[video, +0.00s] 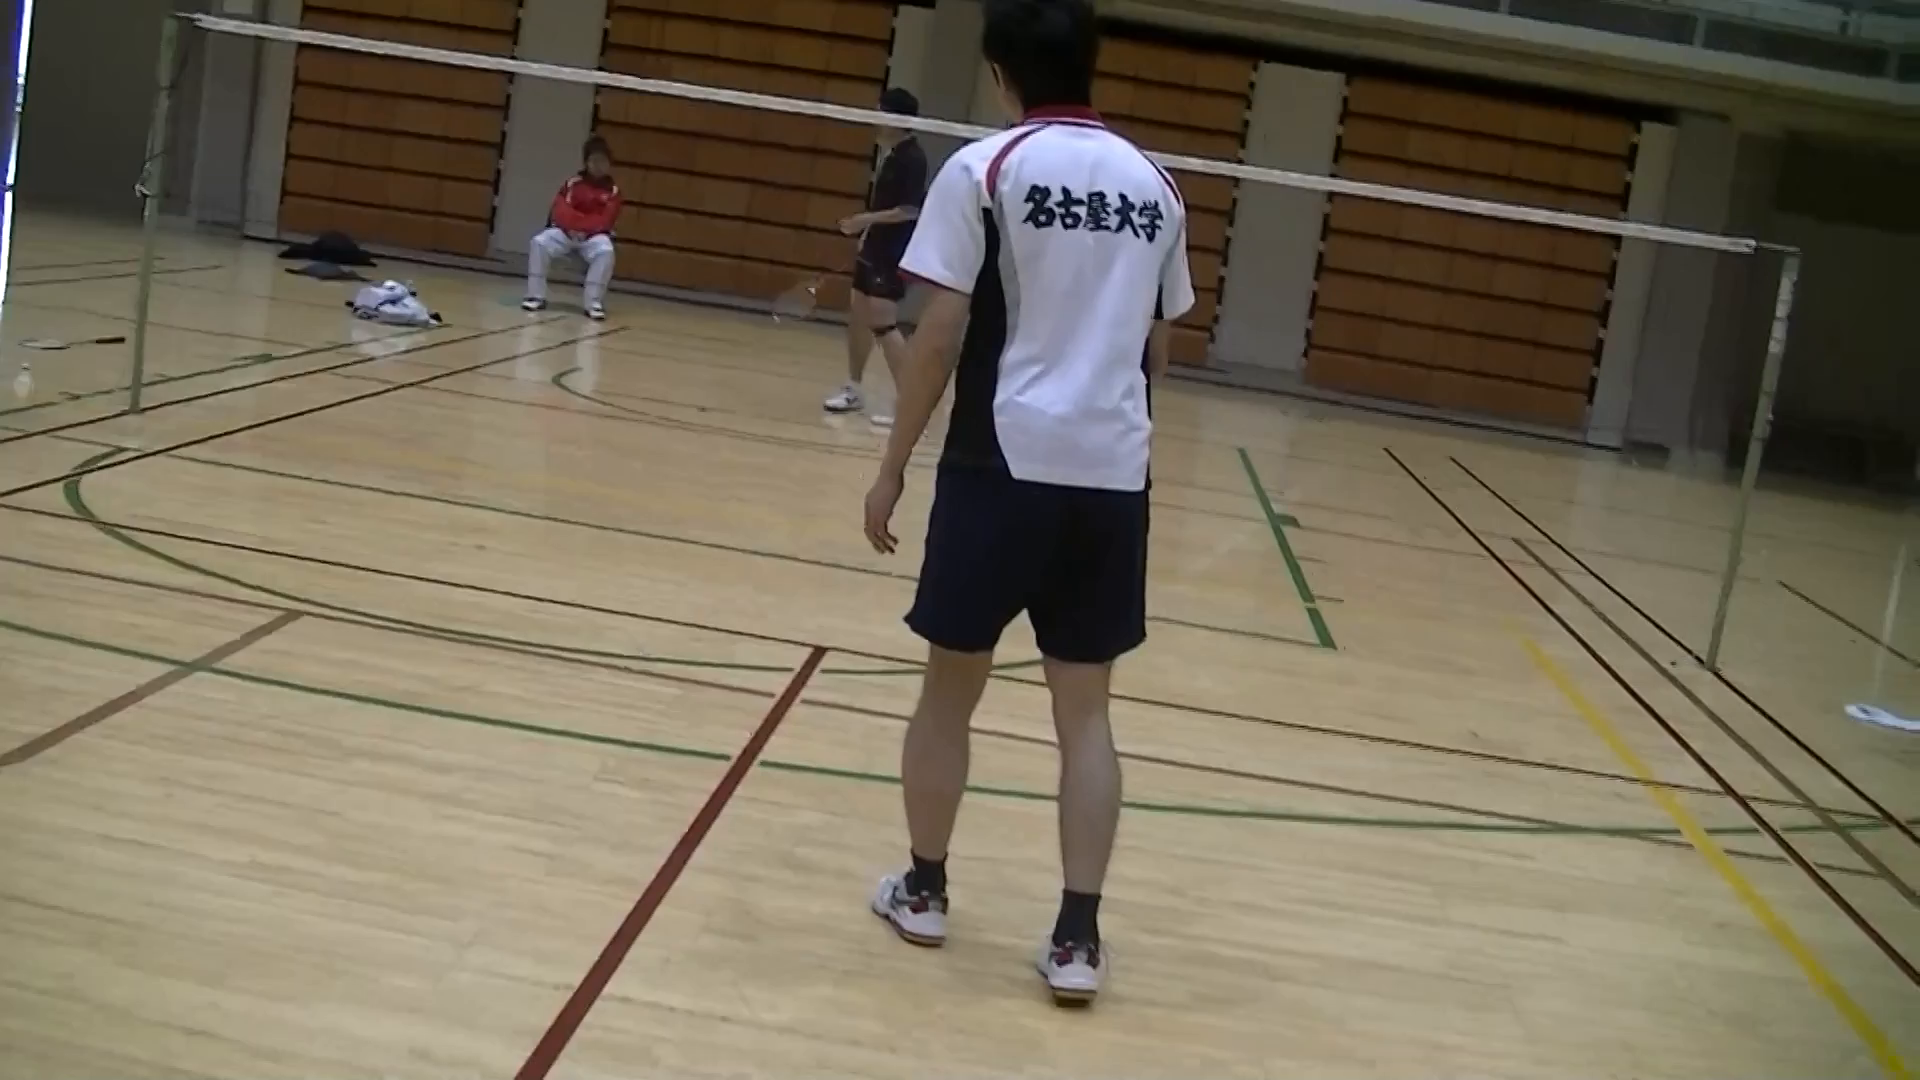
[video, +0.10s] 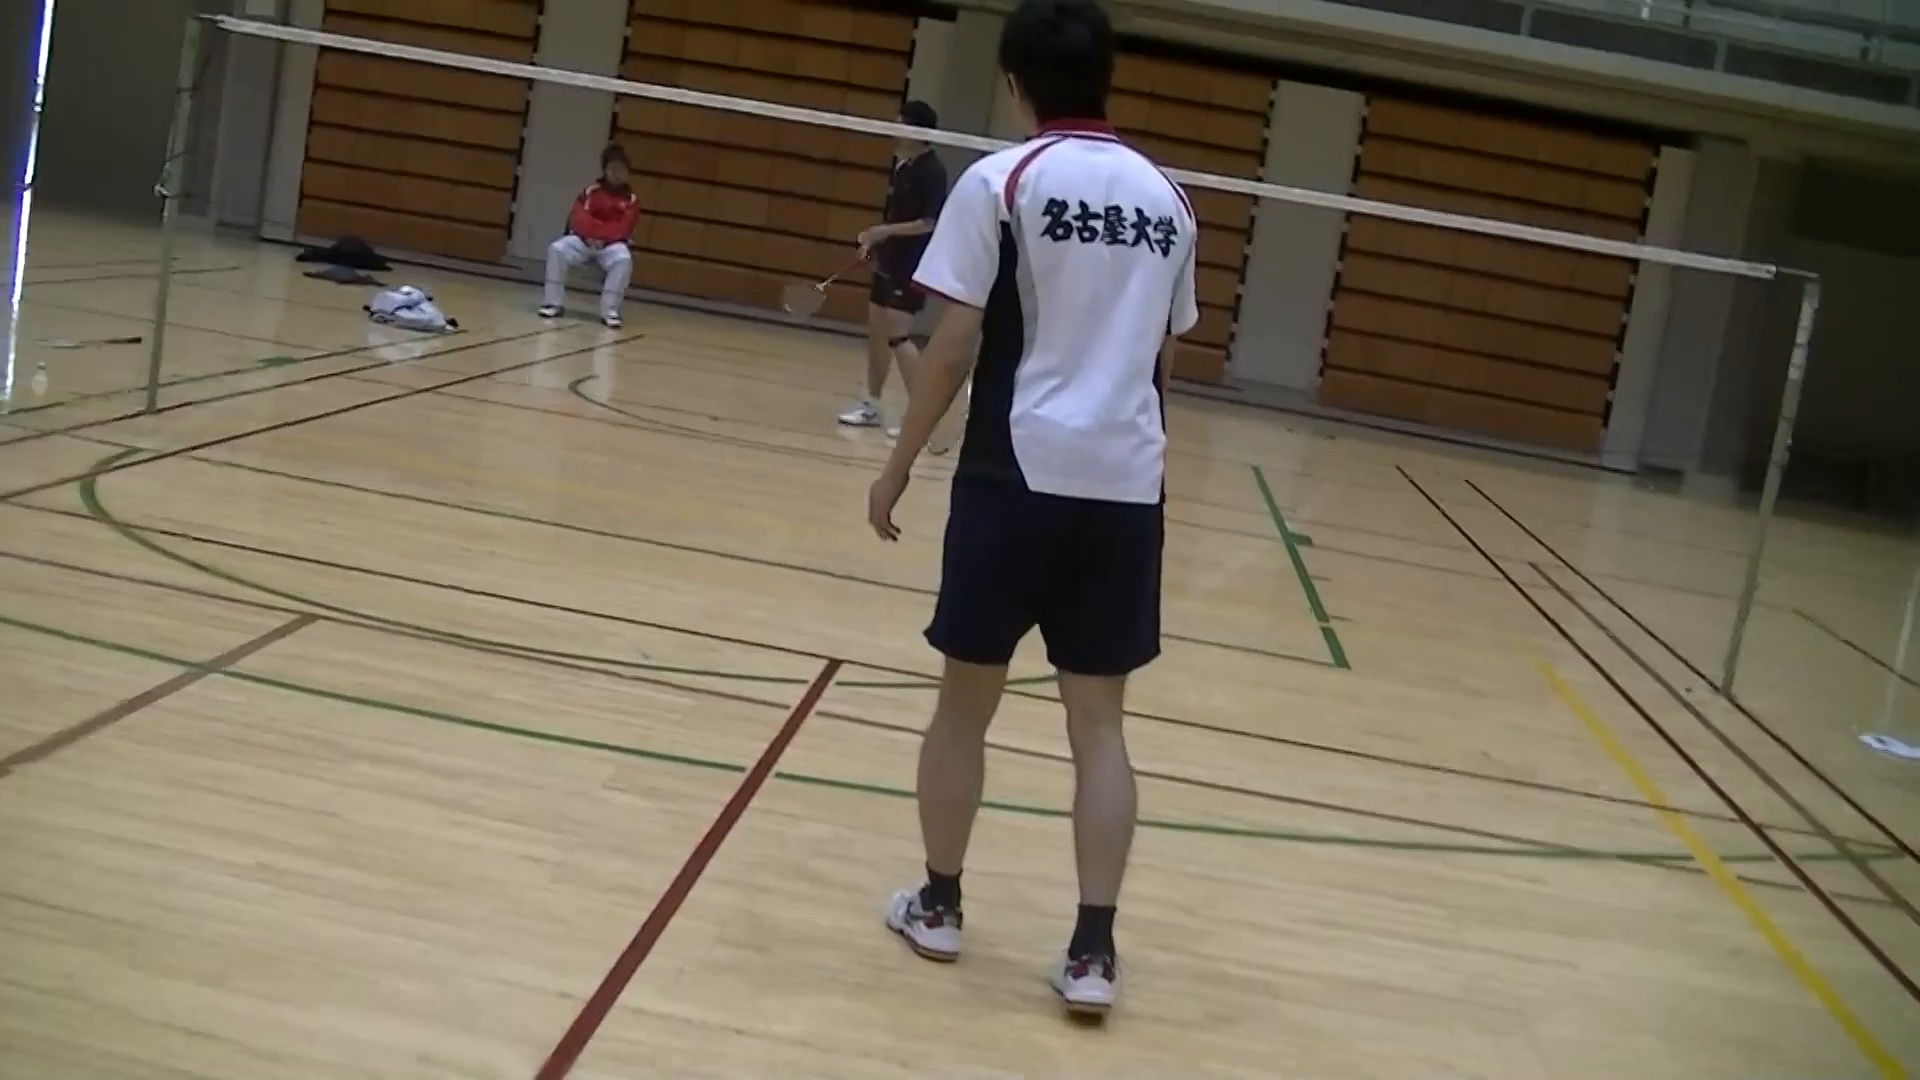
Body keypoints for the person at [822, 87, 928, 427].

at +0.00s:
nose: (876, 119)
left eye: (881, 114)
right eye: (878, 113)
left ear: (895, 120)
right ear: (898, 119)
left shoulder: (912, 157)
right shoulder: (888, 152)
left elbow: (911, 210)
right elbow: (882, 202)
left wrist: (866, 219)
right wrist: (866, 232)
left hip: (890, 252)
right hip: (871, 247)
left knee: (884, 324)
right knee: (858, 318)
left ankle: (908, 402)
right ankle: (853, 389)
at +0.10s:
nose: (896, 130)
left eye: (902, 126)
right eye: (897, 124)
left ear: (917, 133)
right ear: (904, 128)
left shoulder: (932, 170)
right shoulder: (899, 162)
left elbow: (930, 222)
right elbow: (895, 214)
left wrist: (883, 231)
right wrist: (873, 242)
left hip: (911, 264)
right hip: (887, 259)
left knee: (898, 334)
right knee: (877, 331)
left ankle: (923, 414)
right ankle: (871, 405)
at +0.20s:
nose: (921, 144)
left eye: (929, 140)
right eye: (922, 138)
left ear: (945, 147)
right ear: (921, 143)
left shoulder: (958, 186)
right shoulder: (916, 180)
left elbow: (957, 237)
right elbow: (906, 225)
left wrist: (911, 245)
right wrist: (891, 245)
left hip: (937, 278)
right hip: (908, 274)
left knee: (920, 348)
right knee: (900, 347)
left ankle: (949, 428)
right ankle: (893, 420)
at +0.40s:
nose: (940, 185)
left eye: (949, 181)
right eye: (939, 178)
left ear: (964, 189)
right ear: (934, 182)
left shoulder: (976, 228)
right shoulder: (919, 222)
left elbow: (981, 276)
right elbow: (907, 262)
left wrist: (944, 284)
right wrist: (905, 282)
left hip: (954, 318)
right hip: (920, 312)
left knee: (938, 388)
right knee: (911, 387)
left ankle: (936, 461)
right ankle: (901, 460)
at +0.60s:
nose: (924, 196)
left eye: (932, 192)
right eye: (920, 189)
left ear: (942, 201)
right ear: (911, 193)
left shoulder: (951, 241)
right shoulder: (889, 229)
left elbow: (953, 288)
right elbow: (870, 269)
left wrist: (923, 299)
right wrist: (880, 294)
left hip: (922, 325)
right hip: (886, 318)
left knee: (908, 401)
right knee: (871, 393)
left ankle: (890, 467)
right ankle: (864, 466)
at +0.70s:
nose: (898, 184)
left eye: (906, 180)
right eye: (894, 177)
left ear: (915, 188)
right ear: (884, 181)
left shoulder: (922, 230)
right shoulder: (861, 215)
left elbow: (923, 276)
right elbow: (839, 254)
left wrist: (896, 287)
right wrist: (850, 280)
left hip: (891, 313)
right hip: (853, 304)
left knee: (874, 387)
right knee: (833, 376)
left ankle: (852, 454)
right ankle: (825, 451)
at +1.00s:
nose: (875, 203)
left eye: (883, 198)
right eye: (872, 195)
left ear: (890, 207)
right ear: (861, 197)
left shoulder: (891, 250)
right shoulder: (832, 230)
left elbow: (888, 295)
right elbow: (808, 271)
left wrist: (865, 309)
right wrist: (809, 307)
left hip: (854, 330)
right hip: (818, 319)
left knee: (832, 406)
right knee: (801, 392)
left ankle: (806, 470)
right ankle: (777, 466)